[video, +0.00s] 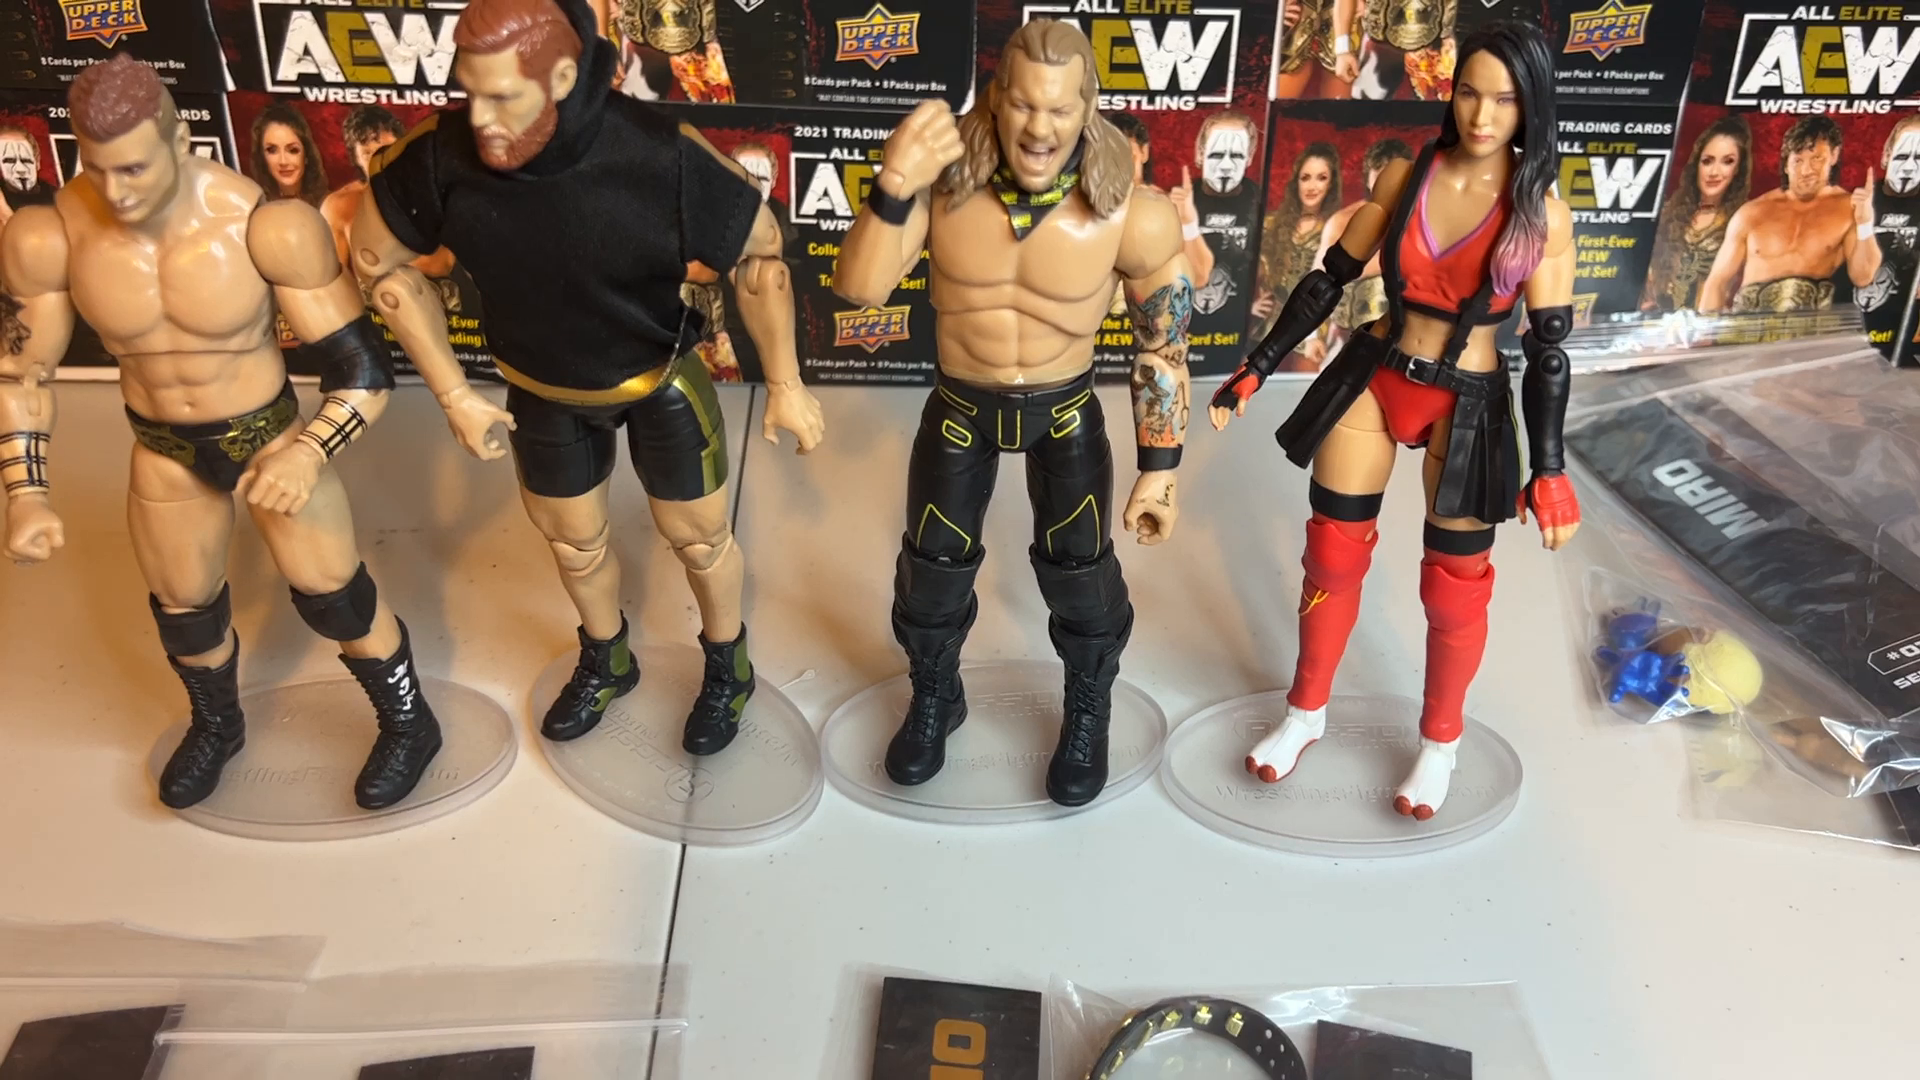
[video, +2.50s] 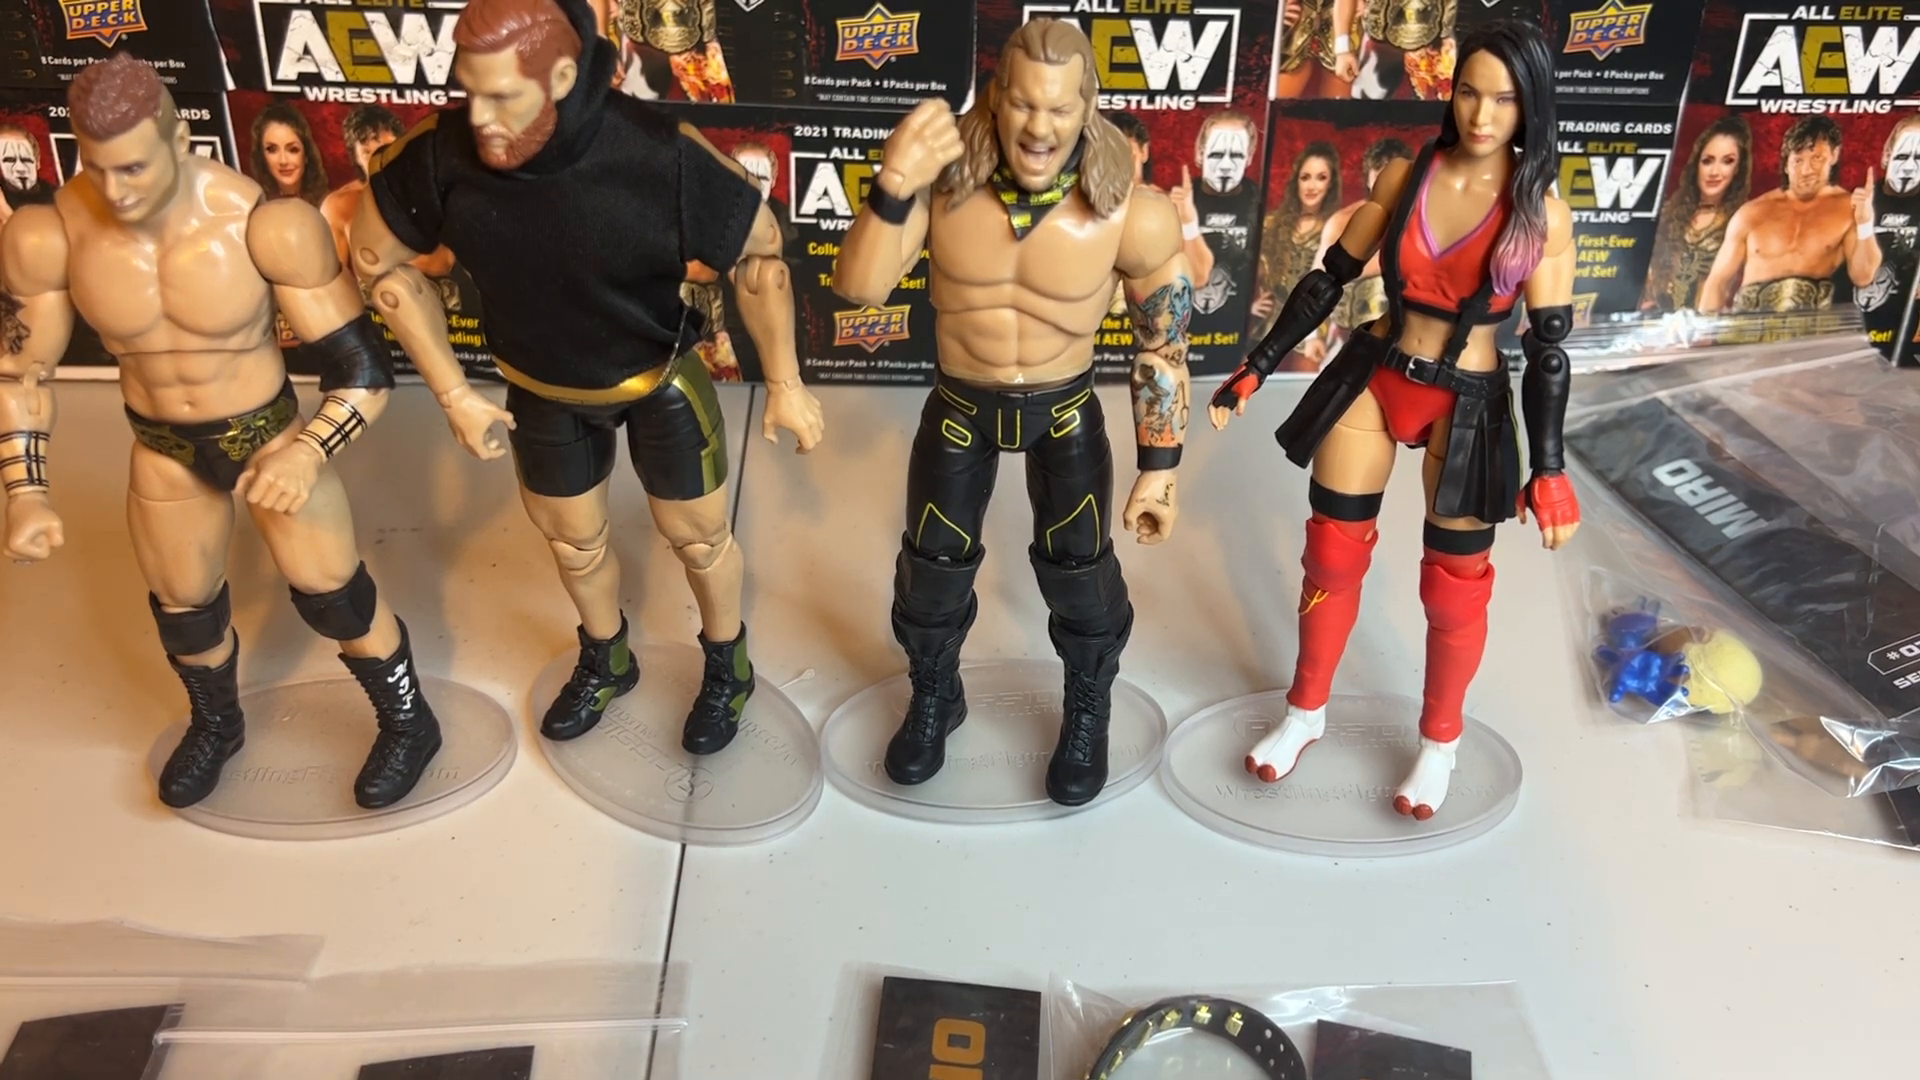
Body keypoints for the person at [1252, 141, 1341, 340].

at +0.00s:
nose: (1312, 187)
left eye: (1321, 178)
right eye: (1305, 178)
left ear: (1332, 183)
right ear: (1295, 181)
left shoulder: (1339, 230)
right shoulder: (1269, 225)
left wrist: (1319, 336)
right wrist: (1251, 302)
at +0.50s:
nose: (1312, 186)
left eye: (1321, 178)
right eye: (1305, 177)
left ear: (1332, 183)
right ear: (1296, 180)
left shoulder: (1337, 229)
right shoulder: (1271, 224)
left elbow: (1338, 286)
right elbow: (1255, 274)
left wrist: (1322, 337)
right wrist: (1254, 302)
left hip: (1312, 331)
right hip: (1269, 326)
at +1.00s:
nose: (1312, 186)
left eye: (1321, 178)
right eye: (1305, 177)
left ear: (1332, 183)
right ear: (1295, 180)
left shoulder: (1337, 229)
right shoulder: (1271, 224)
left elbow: (1335, 284)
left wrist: (1321, 336)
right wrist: (1252, 301)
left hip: (1312, 332)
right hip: (1269, 327)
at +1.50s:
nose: (1312, 186)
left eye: (1321, 178)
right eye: (1305, 177)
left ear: (1332, 183)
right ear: (1296, 181)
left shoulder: (1338, 230)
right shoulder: (1271, 225)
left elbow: (1339, 287)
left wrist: (1322, 336)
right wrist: (1252, 302)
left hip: (1313, 333)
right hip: (1269, 328)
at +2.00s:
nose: (1312, 186)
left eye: (1321, 178)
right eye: (1305, 177)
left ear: (1332, 183)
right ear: (1296, 180)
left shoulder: (1338, 229)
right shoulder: (1271, 225)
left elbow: (1338, 287)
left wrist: (1321, 335)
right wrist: (1253, 302)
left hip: (1313, 334)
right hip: (1269, 329)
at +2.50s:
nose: (1312, 186)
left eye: (1321, 178)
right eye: (1305, 177)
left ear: (1332, 183)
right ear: (1296, 181)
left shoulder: (1339, 230)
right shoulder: (1271, 225)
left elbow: (1340, 288)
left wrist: (1322, 336)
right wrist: (1252, 302)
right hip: (1269, 330)